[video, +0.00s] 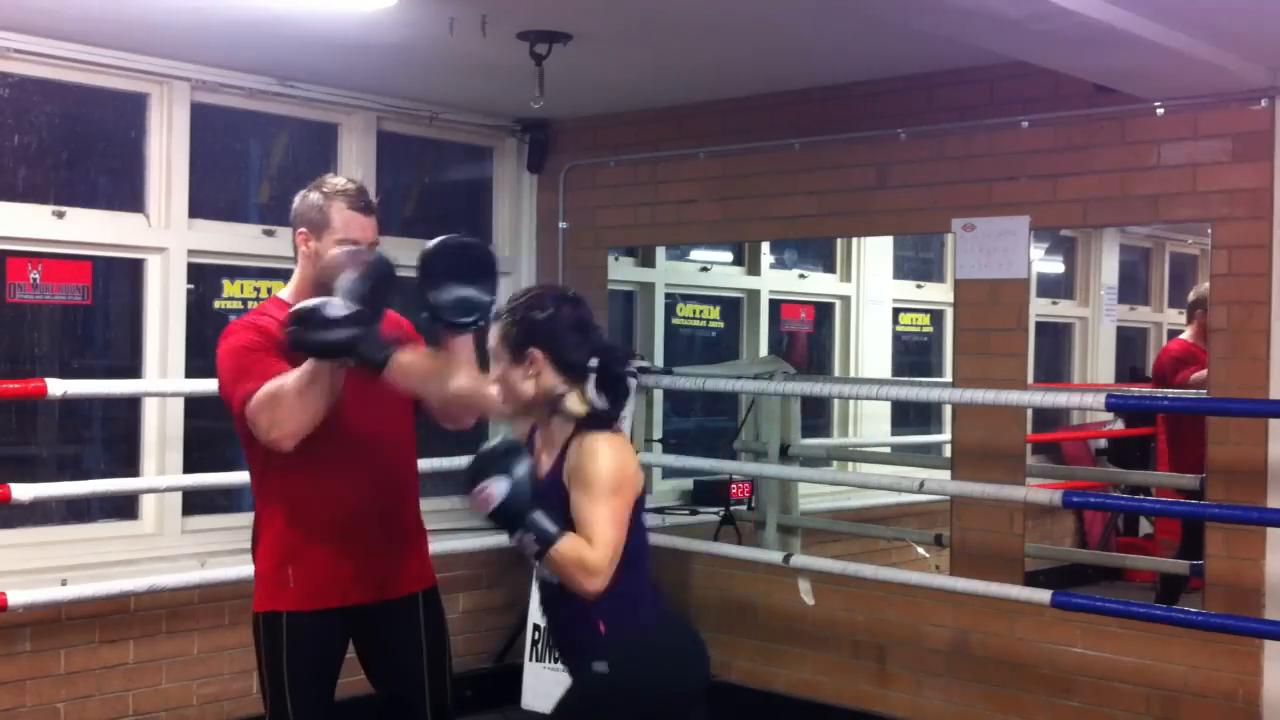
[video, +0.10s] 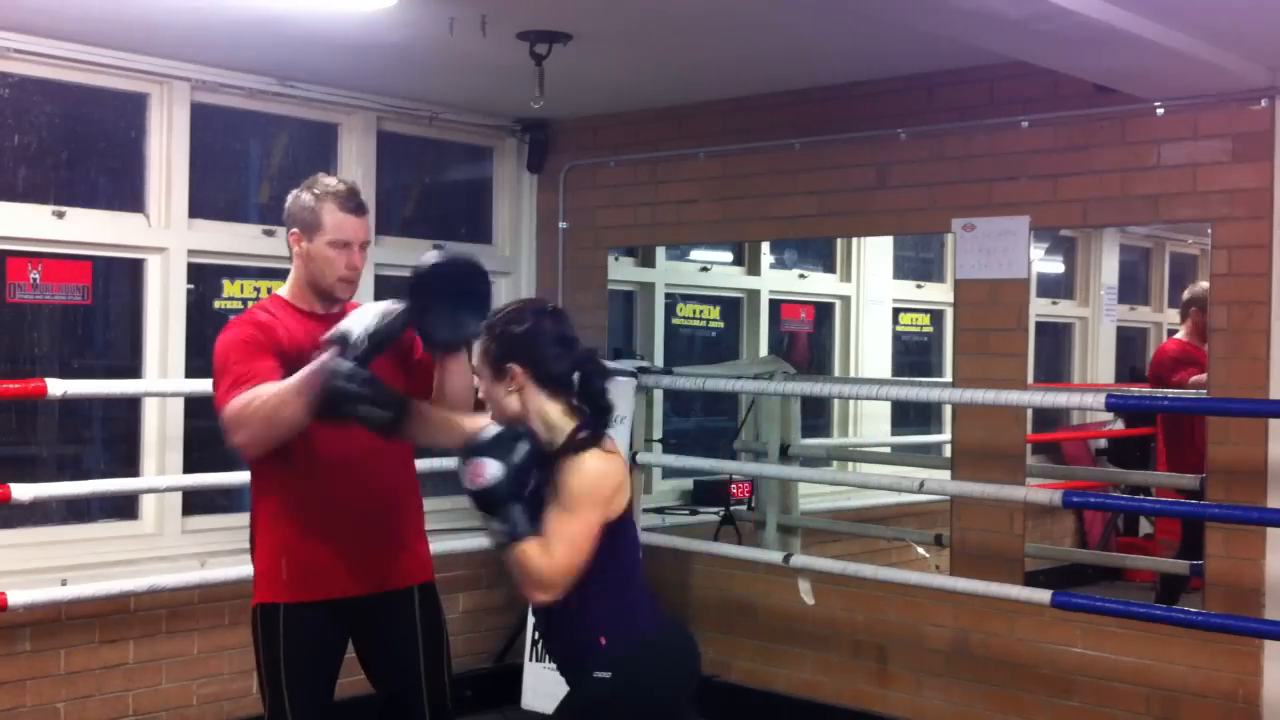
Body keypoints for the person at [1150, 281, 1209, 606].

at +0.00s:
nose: (1219, 320)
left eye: (1218, 313)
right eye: (1215, 313)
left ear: (1201, 314)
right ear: (1201, 313)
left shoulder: (1209, 353)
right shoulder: (1174, 353)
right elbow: (1183, 382)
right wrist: (1222, 367)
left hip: (1212, 461)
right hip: (1189, 463)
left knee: (1203, 538)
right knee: (1192, 538)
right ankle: (1164, 607)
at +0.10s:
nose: (1215, 320)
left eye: (1215, 313)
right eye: (1211, 313)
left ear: (1197, 314)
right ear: (1194, 313)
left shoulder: (1207, 353)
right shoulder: (1168, 353)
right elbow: (1190, 382)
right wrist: (1225, 371)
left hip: (1210, 460)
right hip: (1185, 462)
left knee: (1202, 536)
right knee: (1191, 537)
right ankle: (1165, 605)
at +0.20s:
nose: (1215, 317)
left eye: (1214, 310)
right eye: (1210, 310)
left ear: (1196, 312)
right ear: (1195, 312)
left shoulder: (1208, 352)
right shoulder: (1175, 354)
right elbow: (1169, 408)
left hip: (1208, 462)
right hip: (1187, 465)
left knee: (1200, 538)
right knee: (1191, 538)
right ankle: (1165, 607)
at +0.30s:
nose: (1221, 316)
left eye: (1219, 309)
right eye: (1215, 310)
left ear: (1199, 312)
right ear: (1199, 312)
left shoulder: (1209, 352)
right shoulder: (1180, 354)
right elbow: (1166, 412)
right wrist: (1209, 420)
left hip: (1205, 466)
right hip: (1187, 468)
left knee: (1198, 541)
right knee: (1190, 542)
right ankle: (1163, 610)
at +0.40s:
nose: (1224, 316)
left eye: (1223, 309)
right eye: (1219, 310)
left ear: (1203, 312)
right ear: (1206, 312)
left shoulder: (1211, 352)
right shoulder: (1186, 354)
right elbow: (1160, 410)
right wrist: (1202, 446)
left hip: (1203, 469)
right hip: (1187, 469)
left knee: (1199, 543)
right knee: (1191, 543)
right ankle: (1164, 610)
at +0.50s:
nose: (1226, 319)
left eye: (1225, 312)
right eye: (1222, 312)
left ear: (1204, 313)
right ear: (1207, 314)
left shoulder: (1209, 353)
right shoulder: (1189, 353)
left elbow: (1174, 412)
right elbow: (1167, 412)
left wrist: (1209, 449)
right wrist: (1207, 452)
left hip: (1200, 469)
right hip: (1187, 470)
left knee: (1197, 543)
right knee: (1191, 544)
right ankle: (1164, 610)